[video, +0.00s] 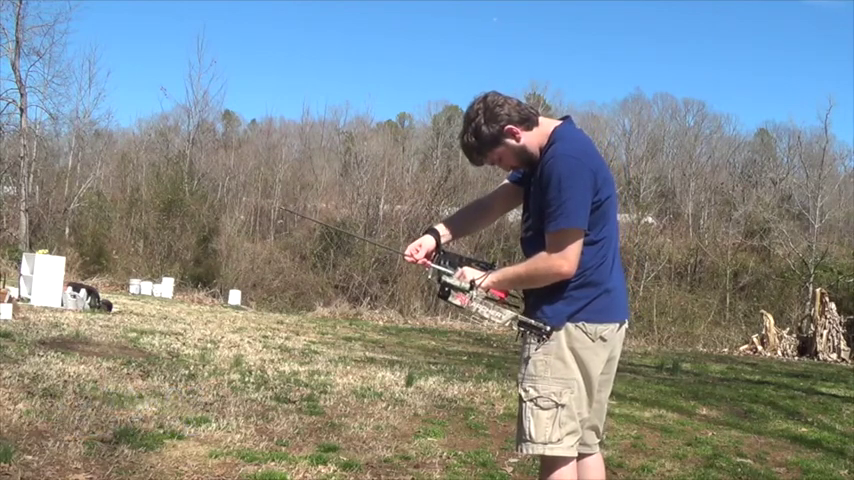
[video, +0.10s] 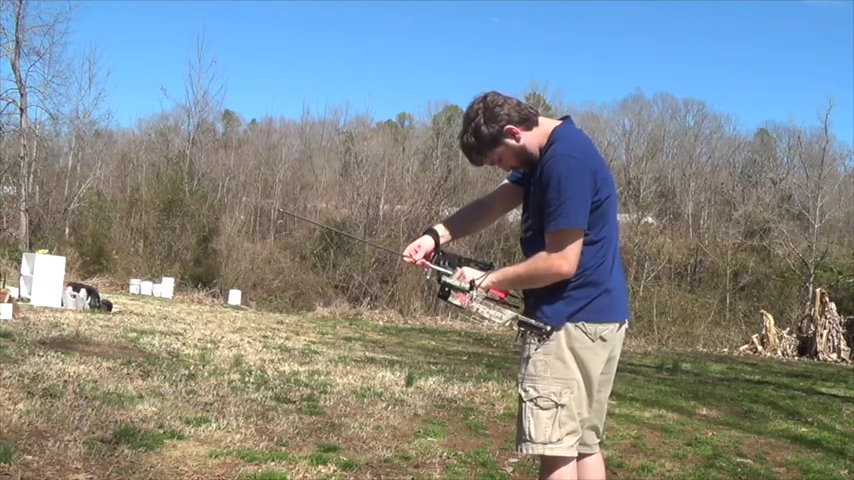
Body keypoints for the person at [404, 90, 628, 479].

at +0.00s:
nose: (500, 166)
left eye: (496, 159)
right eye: (493, 163)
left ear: (512, 132)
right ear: (514, 128)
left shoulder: (565, 159)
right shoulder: (555, 149)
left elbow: (563, 263)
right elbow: (494, 203)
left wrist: (490, 279)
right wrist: (437, 235)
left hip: (570, 319)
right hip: (590, 316)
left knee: (557, 449)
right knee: (585, 445)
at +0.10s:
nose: (500, 166)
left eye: (496, 159)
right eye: (493, 163)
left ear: (512, 132)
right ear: (514, 128)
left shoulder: (565, 159)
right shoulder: (554, 149)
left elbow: (562, 262)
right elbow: (495, 203)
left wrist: (489, 280)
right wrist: (436, 236)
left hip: (571, 319)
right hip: (590, 316)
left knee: (557, 449)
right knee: (585, 445)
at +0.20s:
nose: (500, 166)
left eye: (496, 159)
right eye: (493, 163)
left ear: (512, 133)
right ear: (514, 128)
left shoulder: (564, 160)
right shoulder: (554, 149)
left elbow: (562, 262)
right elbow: (495, 203)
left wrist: (490, 279)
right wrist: (436, 236)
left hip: (571, 320)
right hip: (590, 316)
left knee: (557, 449)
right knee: (585, 445)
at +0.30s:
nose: (500, 167)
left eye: (496, 159)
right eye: (493, 163)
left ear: (512, 133)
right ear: (514, 129)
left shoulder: (564, 160)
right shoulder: (553, 149)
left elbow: (562, 262)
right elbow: (494, 204)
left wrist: (490, 279)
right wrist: (436, 237)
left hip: (571, 319)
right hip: (590, 316)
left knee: (557, 449)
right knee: (585, 445)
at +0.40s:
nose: (499, 167)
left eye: (495, 159)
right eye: (493, 164)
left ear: (511, 133)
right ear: (514, 129)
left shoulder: (564, 159)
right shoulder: (552, 149)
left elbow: (562, 262)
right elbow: (494, 205)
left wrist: (489, 280)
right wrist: (436, 238)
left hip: (571, 319)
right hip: (589, 315)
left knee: (557, 449)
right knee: (584, 445)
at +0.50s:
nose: (499, 167)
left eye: (495, 160)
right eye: (492, 164)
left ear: (511, 133)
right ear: (513, 129)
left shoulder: (563, 159)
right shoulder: (551, 150)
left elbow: (562, 262)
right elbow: (493, 205)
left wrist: (489, 280)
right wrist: (436, 238)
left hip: (571, 319)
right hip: (589, 315)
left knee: (557, 449)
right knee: (584, 445)